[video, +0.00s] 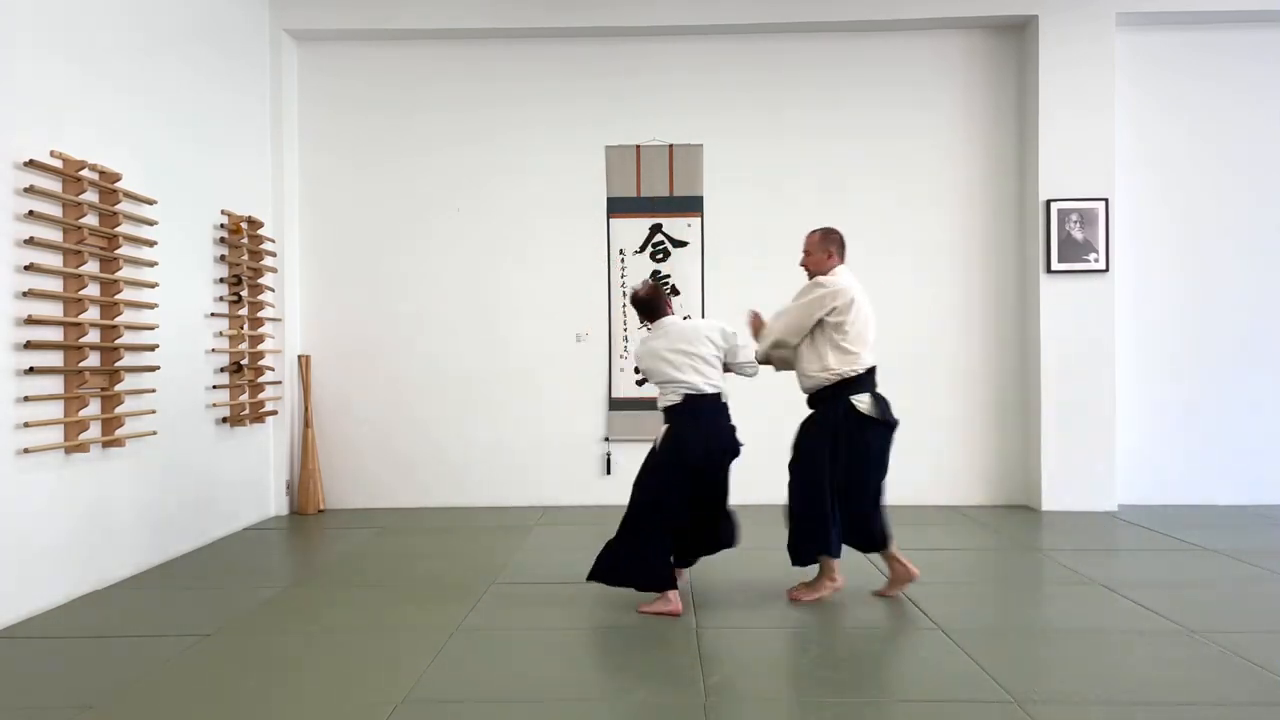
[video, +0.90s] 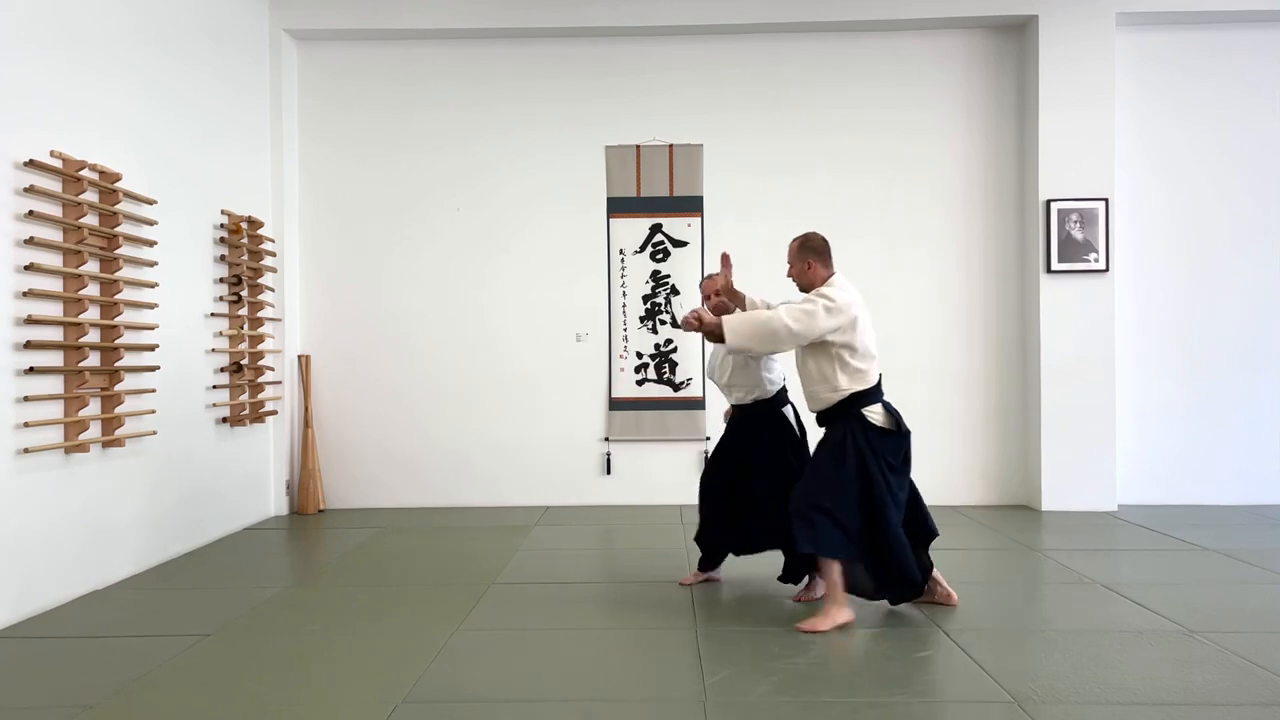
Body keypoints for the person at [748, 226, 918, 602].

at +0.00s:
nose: (802, 260)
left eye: (807, 253)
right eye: (803, 253)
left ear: (831, 256)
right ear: (833, 256)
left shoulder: (827, 287)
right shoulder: (846, 287)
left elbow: (780, 333)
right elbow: (808, 355)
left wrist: (763, 347)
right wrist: (766, 339)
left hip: (839, 408)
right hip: (862, 404)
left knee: (812, 487)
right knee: (850, 491)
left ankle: (828, 574)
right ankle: (897, 565)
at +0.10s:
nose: (833, 267)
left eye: (837, 260)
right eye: (834, 260)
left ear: (856, 262)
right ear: (864, 261)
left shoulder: (853, 298)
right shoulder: (881, 293)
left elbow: (821, 361)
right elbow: (841, 353)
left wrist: (811, 380)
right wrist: (789, 357)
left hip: (871, 417)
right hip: (900, 410)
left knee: (818, 494)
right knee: (887, 494)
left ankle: (886, 577)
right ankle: (917, 579)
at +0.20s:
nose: (851, 270)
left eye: (854, 262)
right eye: (852, 262)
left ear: (870, 265)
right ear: (884, 264)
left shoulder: (874, 304)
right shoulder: (902, 299)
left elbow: (852, 371)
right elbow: (862, 352)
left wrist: (854, 411)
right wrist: (813, 356)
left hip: (897, 425)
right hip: (924, 418)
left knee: (873, 510)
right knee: (907, 501)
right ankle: (921, 580)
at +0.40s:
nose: (863, 268)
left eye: (866, 261)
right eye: (864, 261)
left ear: (882, 263)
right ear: (898, 261)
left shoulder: (895, 305)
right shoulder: (918, 297)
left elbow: (842, 359)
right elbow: (873, 342)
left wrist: (824, 362)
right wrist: (827, 337)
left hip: (917, 431)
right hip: (929, 422)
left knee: (923, 524)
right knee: (895, 504)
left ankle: (980, 632)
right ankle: (923, 582)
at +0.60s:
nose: (848, 266)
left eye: (851, 259)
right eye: (849, 258)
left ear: (871, 262)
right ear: (881, 261)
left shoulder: (892, 300)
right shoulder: (886, 295)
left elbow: (835, 328)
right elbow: (840, 330)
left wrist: (783, 329)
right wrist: (801, 319)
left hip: (908, 427)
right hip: (894, 425)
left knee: (921, 521)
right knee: (896, 511)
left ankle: (979, 628)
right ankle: (940, 584)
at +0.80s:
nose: (812, 270)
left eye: (815, 262)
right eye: (812, 262)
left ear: (836, 263)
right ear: (843, 262)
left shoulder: (857, 299)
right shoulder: (853, 295)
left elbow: (807, 324)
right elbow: (801, 330)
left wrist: (749, 324)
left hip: (873, 424)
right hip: (876, 418)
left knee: (849, 516)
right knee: (894, 507)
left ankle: (911, 596)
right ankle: (941, 587)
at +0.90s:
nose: (790, 274)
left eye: (793, 267)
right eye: (790, 266)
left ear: (811, 266)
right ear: (819, 265)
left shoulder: (832, 301)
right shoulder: (831, 295)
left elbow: (781, 327)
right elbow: (781, 317)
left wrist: (718, 328)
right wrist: (737, 299)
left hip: (856, 424)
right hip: (859, 419)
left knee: (812, 503)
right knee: (882, 507)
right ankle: (932, 585)